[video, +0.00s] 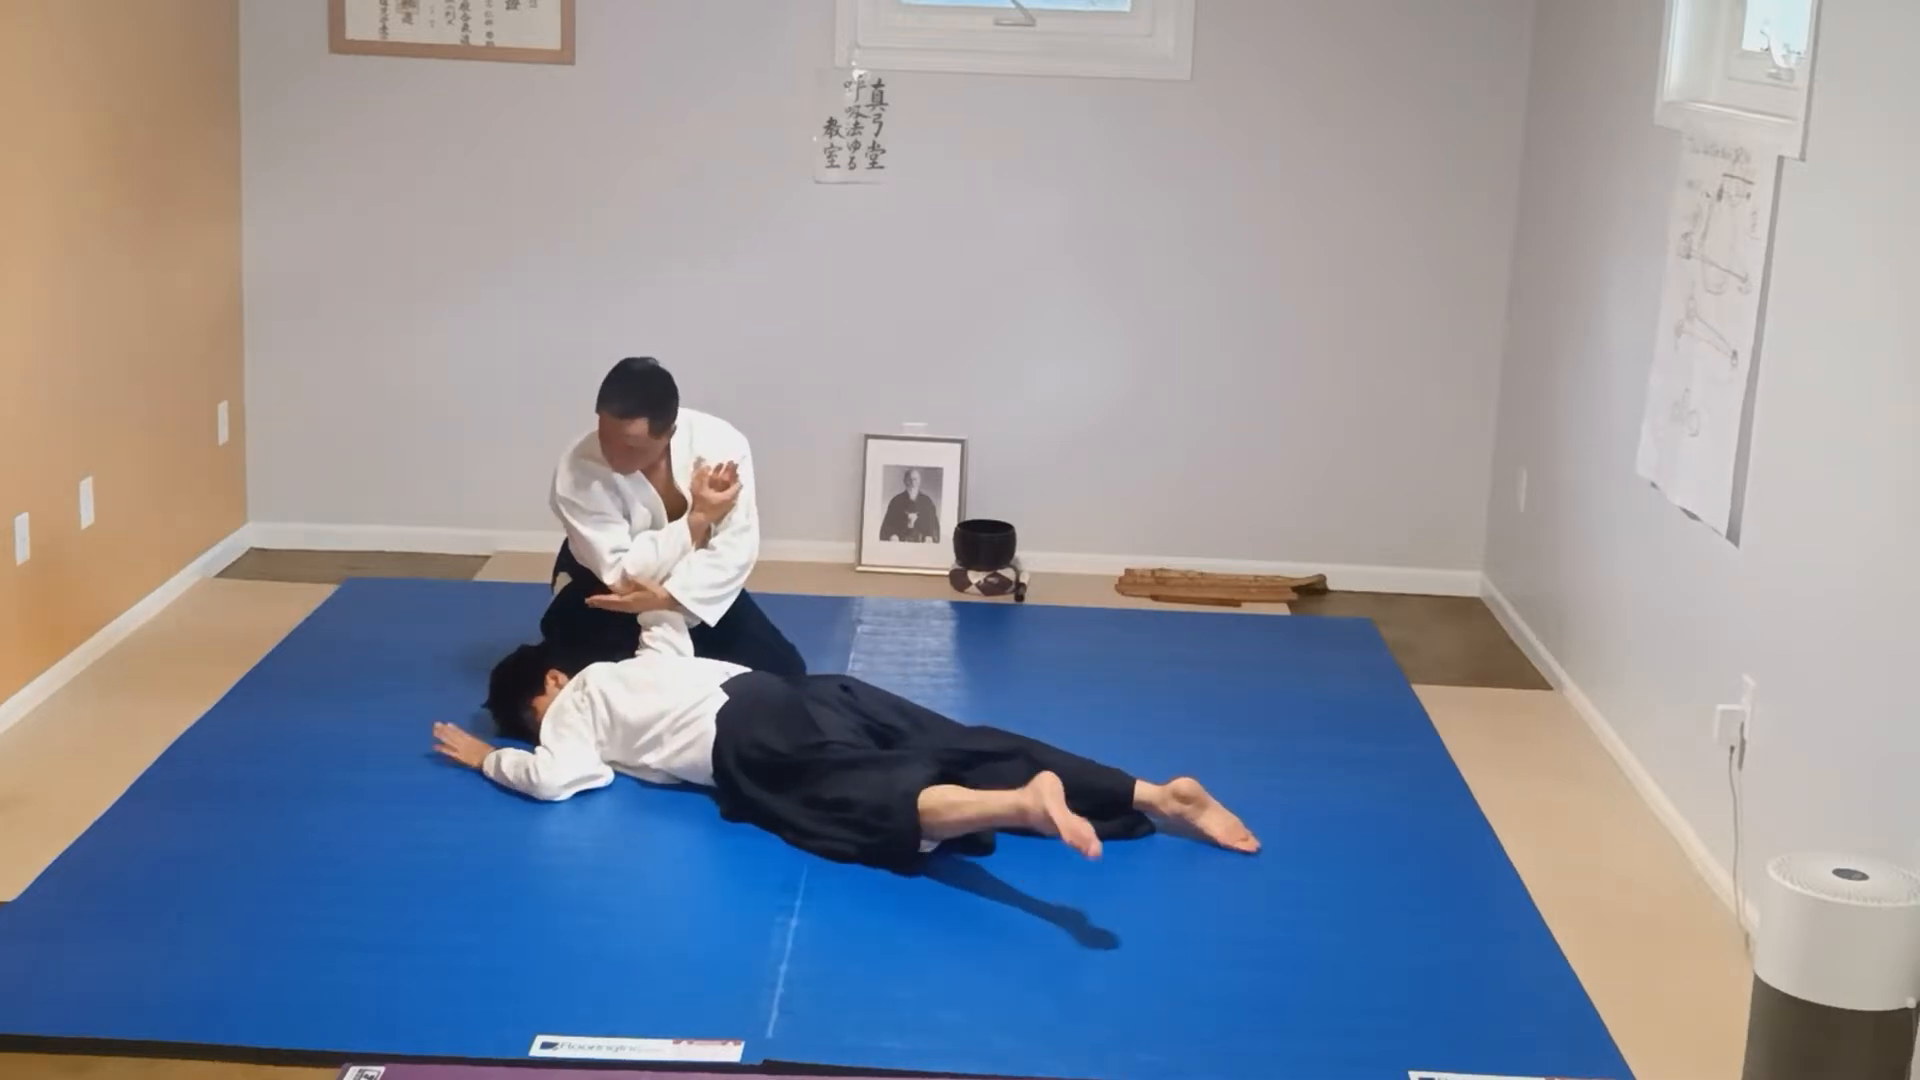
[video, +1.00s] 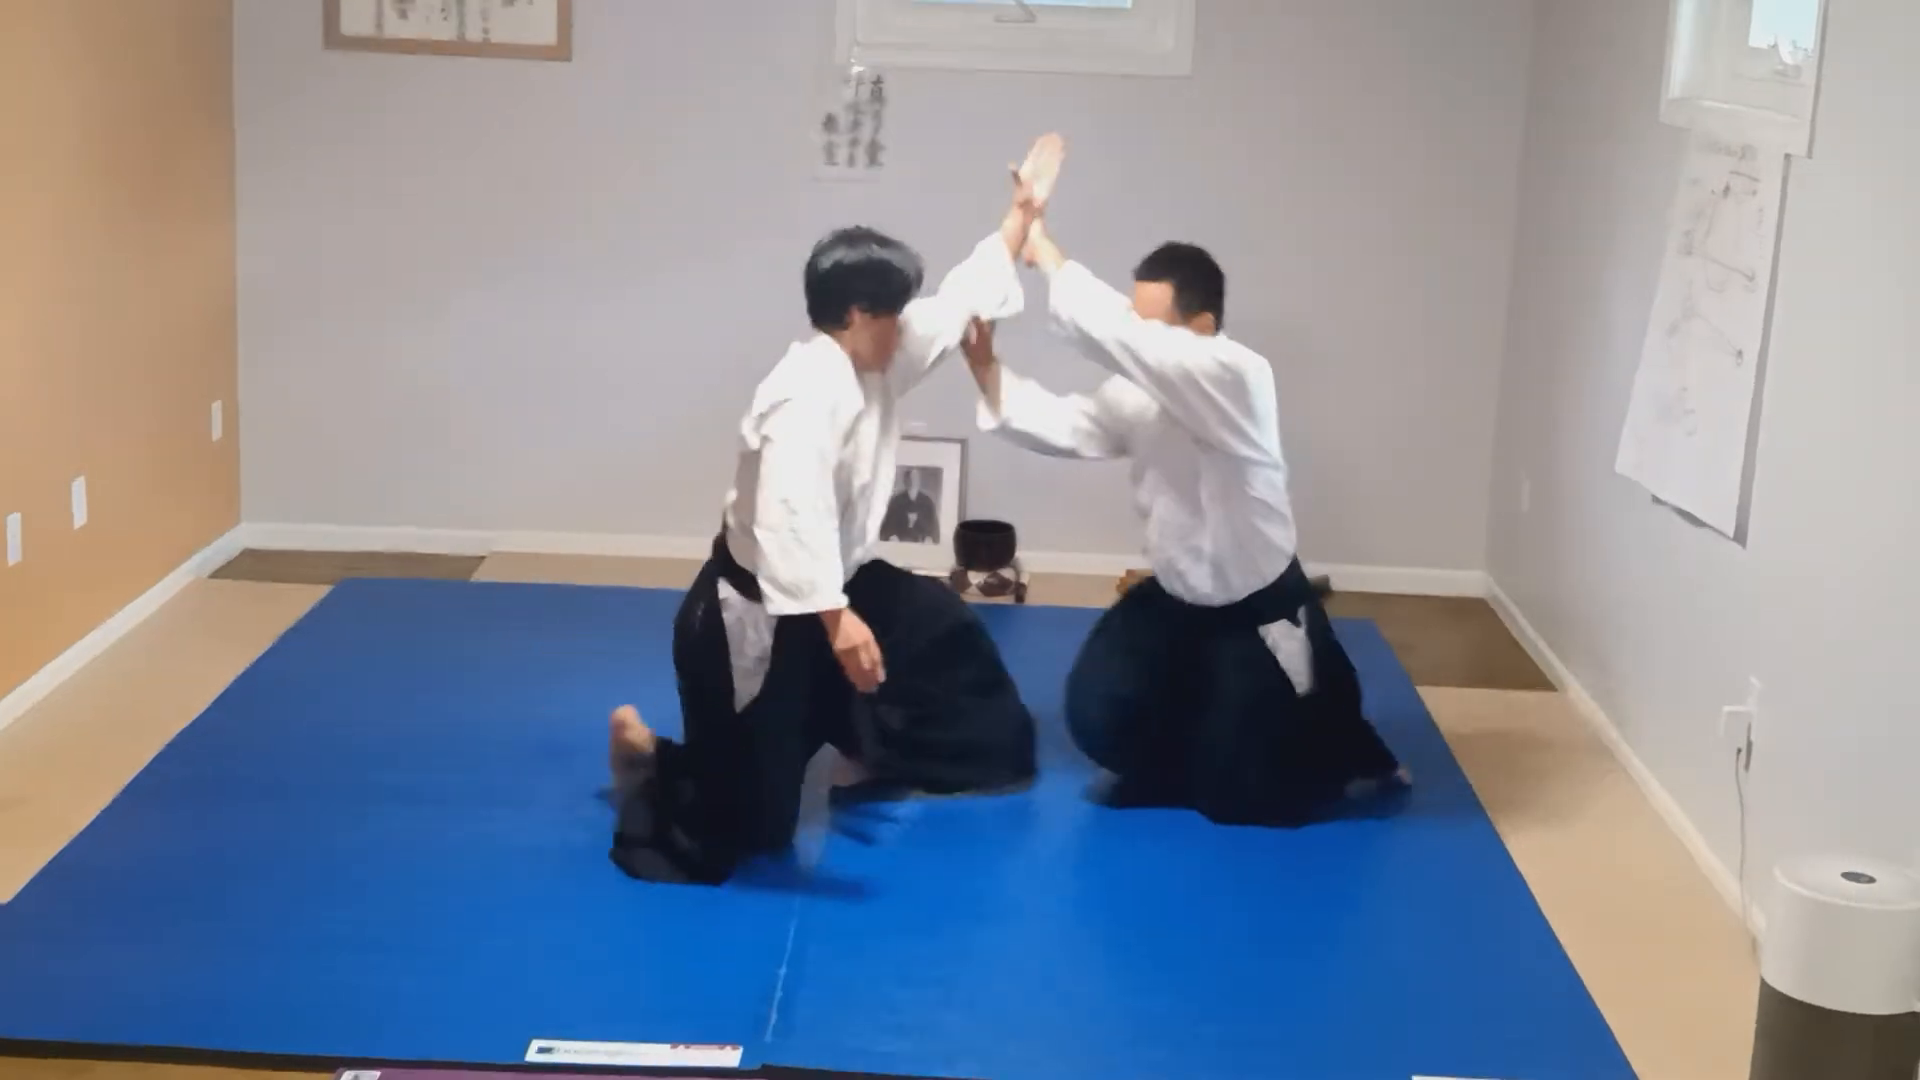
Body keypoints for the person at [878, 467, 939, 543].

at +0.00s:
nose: (912, 482)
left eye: (915, 479)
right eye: (909, 479)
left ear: (919, 481)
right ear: (905, 481)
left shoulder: (926, 501)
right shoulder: (896, 501)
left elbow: (933, 523)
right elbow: (887, 525)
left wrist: (931, 537)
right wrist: (892, 536)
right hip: (899, 543)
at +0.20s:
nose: (912, 482)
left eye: (915, 479)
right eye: (909, 480)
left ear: (919, 481)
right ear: (905, 481)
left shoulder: (926, 501)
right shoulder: (896, 501)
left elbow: (933, 523)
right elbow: (887, 525)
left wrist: (930, 537)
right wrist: (892, 536)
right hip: (899, 544)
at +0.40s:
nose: (912, 482)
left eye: (915, 479)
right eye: (909, 480)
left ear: (919, 481)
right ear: (905, 482)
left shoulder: (926, 501)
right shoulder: (896, 501)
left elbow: (933, 523)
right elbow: (887, 524)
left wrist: (931, 538)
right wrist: (891, 537)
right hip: (899, 543)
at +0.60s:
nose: (913, 482)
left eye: (915, 479)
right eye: (910, 479)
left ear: (920, 481)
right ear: (905, 481)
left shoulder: (926, 501)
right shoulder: (896, 501)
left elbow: (934, 526)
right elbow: (885, 529)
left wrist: (931, 538)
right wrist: (891, 537)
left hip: (922, 546)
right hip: (899, 546)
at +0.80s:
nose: (914, 482)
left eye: (916, 479)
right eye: (911, 479)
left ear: (920, 481)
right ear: (905, 482)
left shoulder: (926, 501)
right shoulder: (897, 501)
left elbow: (934, 525)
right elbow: (886, 528)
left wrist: (931, 538)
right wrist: (890, 538)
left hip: (922, 546)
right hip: (899, 546)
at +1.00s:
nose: (913, 482)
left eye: (915, 479)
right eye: (910, 479)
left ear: (919, 481)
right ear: (906, 481)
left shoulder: (927, 501)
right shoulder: (897, 500)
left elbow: (933, 523)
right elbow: (889, 522)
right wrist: (890, 537)